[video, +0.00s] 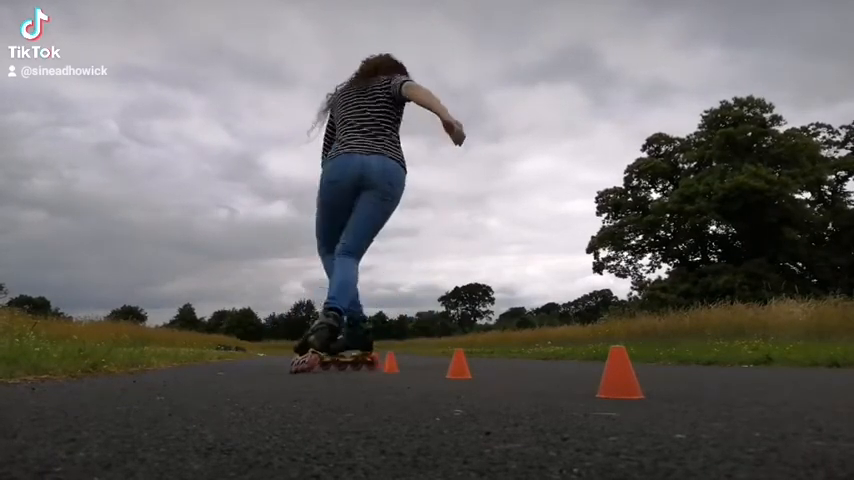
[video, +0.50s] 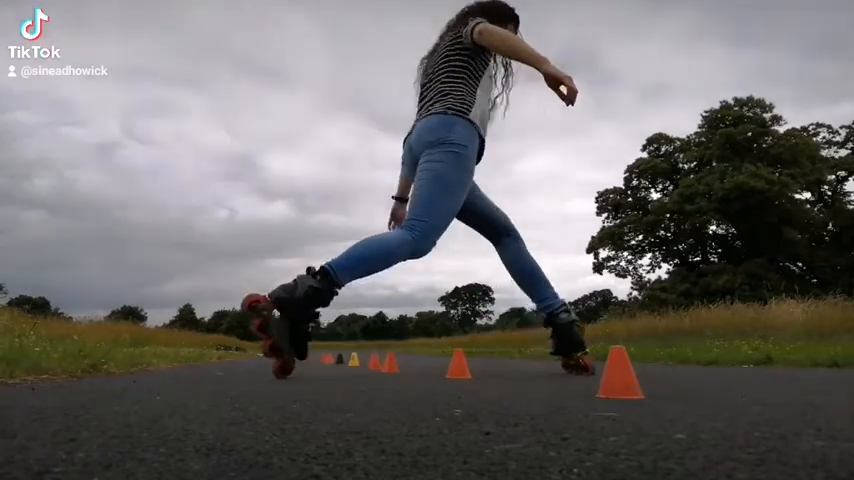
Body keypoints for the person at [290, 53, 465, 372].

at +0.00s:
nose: (402, 81)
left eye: (402, 76)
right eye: (401, 77)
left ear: (364, 71)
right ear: (393, 72)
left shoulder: (341, 93)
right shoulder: (392, 79)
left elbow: (329, 141)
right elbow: (414, 91)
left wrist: (327, 177)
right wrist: (446, 116)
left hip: (342, 163)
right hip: (387, 166)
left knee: (329, 249)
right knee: (349, 252)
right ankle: (331, 318)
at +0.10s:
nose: (424, 79)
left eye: (424, 76)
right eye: (422, 75)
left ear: (384, 64)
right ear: (411, 67)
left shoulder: (364, 87)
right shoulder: (404, 70)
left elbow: (355, 116)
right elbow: (412, 78)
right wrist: (438, 97)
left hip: (355, 160)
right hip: (401, 159)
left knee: (369, 252)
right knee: (373, 251)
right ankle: (354, 313)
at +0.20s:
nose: (447, 78)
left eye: (449, 74)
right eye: (445, 71)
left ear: (402, 58)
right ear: (431, 60)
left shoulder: (381, 82)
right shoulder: (421, 63)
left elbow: (379, 117)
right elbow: (424, 67)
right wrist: (447, 85)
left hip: (372, 158)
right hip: (417, 154)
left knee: (401, 247)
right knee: (399, 248)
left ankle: (443, 326)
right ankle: (368, 298)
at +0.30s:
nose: (474, 68)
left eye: (476, 64)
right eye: (473, 62)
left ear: (429, 47)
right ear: (457, 50)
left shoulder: (404, 76)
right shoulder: (443, 52)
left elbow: (400, 118)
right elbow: (451, 58)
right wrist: (491, 79)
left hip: (393, 156)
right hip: (437, 143)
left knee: (449, 245)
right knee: (415, 240)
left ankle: (494, 322)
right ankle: (359, 298)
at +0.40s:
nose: (492, 56)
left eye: (493, 52)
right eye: (490, 49)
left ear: (457, 37)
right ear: (475, 37)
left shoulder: (421, 69)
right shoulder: (458, 38)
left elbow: (411, 139)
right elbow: (472, 49)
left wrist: (407, 207)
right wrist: (524, 76)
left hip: (408, 149)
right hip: (447, 136)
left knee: (482, 243)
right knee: (420, 240)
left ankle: (533, 321)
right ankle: (334, 294)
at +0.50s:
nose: (507, 44)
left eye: (509, 39)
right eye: (506, 36)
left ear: (472, 21)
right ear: (494, 24)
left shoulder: (439, 57)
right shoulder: (471, 24)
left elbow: (419, 129)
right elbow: (486, 34)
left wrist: (402, 197)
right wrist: (545, 67)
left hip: (421, 142)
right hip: (450, 131)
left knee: (503, 232)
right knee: (416, 237)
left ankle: (561, 322)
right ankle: (306, 293)